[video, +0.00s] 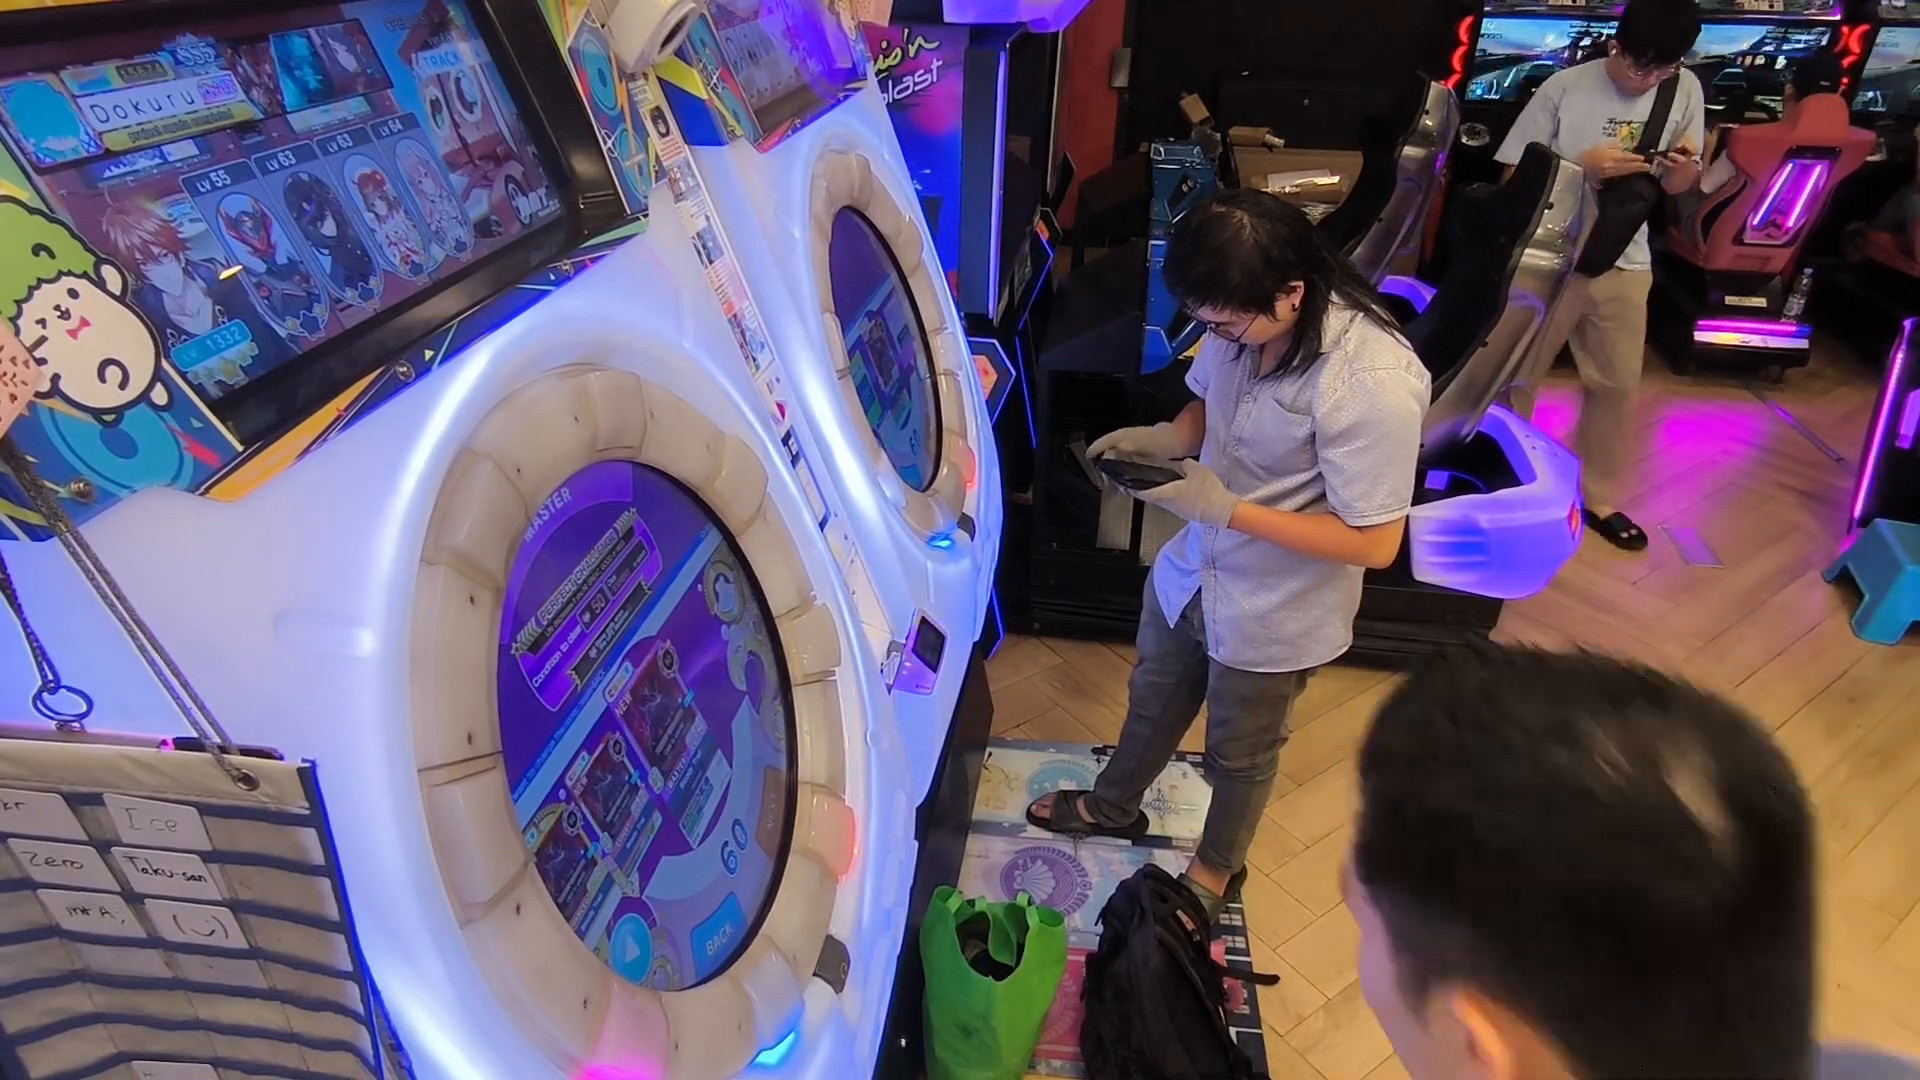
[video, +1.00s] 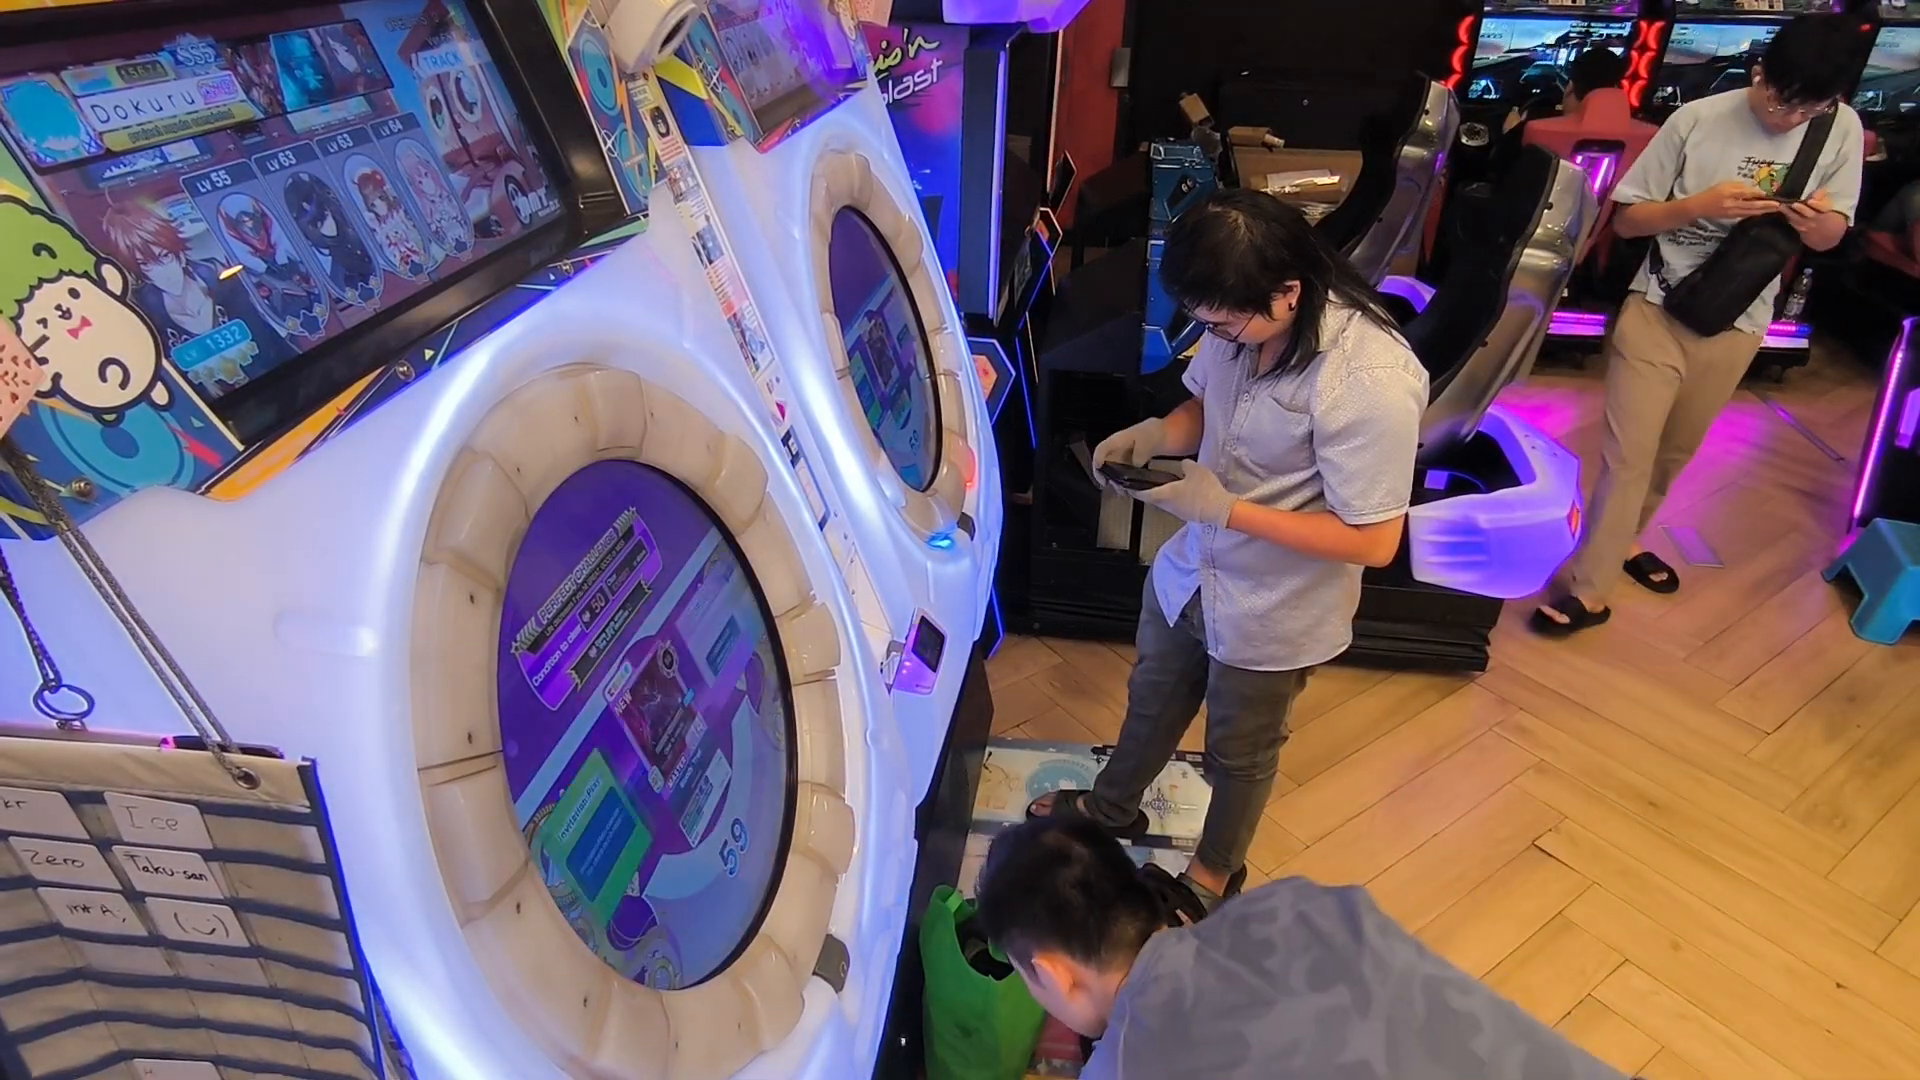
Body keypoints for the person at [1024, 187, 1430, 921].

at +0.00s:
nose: (1214, 330)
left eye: (1229, 317)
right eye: (1206, 315)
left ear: (1291, 295)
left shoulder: (1371, 386)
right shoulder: (1238, 321)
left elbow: (1375, 543)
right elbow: (1205, 409)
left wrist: (1233, 510)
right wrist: (1163, 444)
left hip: (1275, 607)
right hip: (1191, 561)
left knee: (1239, 752)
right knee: (1154, 695)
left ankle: (1215, 869)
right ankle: (1113, 803)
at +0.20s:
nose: (1217, 332)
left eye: (1232, 319)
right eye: (1209, 318)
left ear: (1290, 295)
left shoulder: (1369, 384)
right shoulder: (1239, 319)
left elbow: (1370, 546)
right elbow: (1211, 407)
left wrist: (1225, 511)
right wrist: (1162, 437)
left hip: (1280, 602)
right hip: (1193, 559)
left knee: (1245, 742)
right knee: (1155, 689)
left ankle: (1217, 868)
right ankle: (1112, 803)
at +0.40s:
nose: (1217, 335)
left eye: (1229, 324)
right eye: (1208, 321)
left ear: (1291, 295)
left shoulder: (1371, 381)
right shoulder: (1238, 317)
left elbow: (1375, 544)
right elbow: (1204, 408)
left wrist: (1226, 509)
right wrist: (1156, 437)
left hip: (1267, 628)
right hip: (1182, 580)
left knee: (1225, 778)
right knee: (1136, 730)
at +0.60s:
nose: (1216, 333)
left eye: (1229, 321)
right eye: (1208, 319)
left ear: (1290, 296)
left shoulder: (1370, 385)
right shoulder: (1239, 316)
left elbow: (1377, 542)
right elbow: (1198, 411)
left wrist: (1229, 507)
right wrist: (1147, 439)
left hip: (1274, 605)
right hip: (1192, 564)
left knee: (1237, 759)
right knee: (1149, 712)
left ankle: (1216, 874)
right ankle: (1108, 824)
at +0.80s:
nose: (1220, 332)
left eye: (1233, 318)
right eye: (1211, 318)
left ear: (1291, 293)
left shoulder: (1371, 383)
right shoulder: (1238, 321)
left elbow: (1377, 541)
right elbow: (1203, 410)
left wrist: (1229, 509)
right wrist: (1147, 439)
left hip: (1274, 606)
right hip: (1190, 563)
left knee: (1240, 751)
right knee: (1153, 697)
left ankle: (1214, 873)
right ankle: (1110, 809)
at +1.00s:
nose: (1217, 332)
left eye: (1230, 319)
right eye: (1208, 318)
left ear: (1288, 294)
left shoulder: (1368, 384)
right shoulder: (1237, 320)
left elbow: (1374, 541)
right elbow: (1205, 408)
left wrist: (1228, 510)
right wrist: (1154, 437)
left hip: (1273, 605)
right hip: (1190, 561)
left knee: (1239, 752)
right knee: (1153, 696)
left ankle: (1214, 873)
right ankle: (1108, 810)